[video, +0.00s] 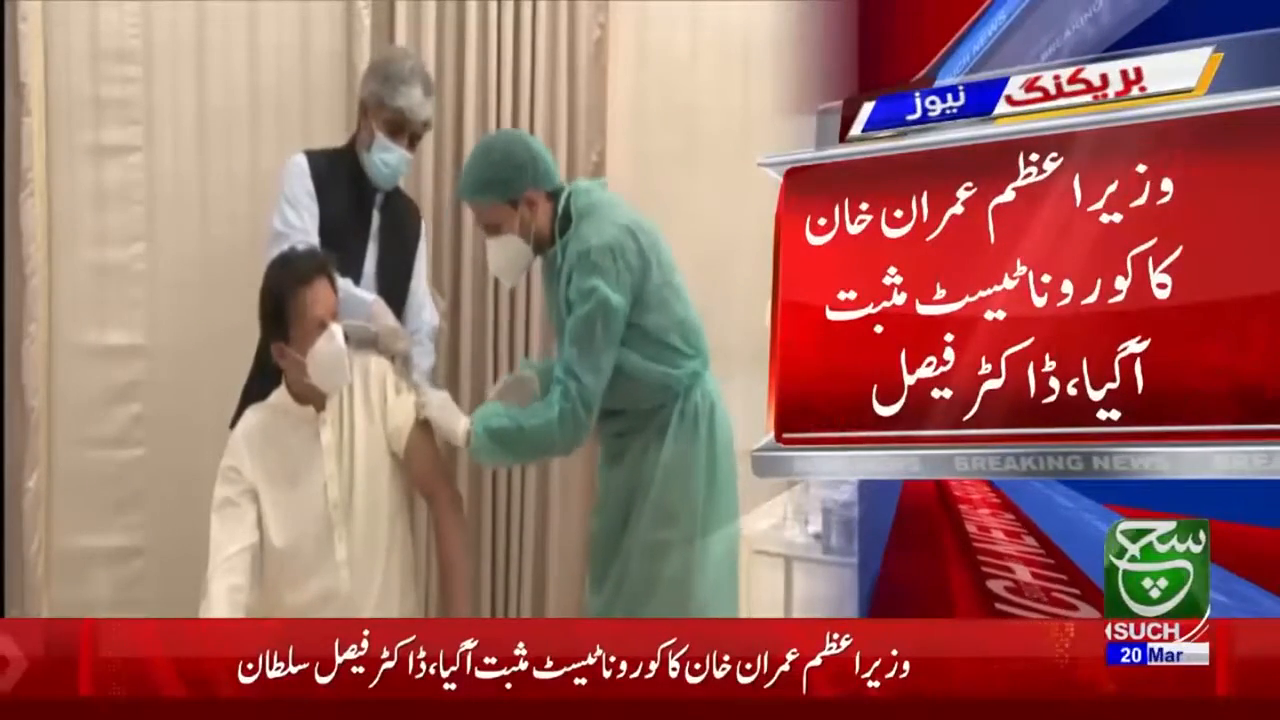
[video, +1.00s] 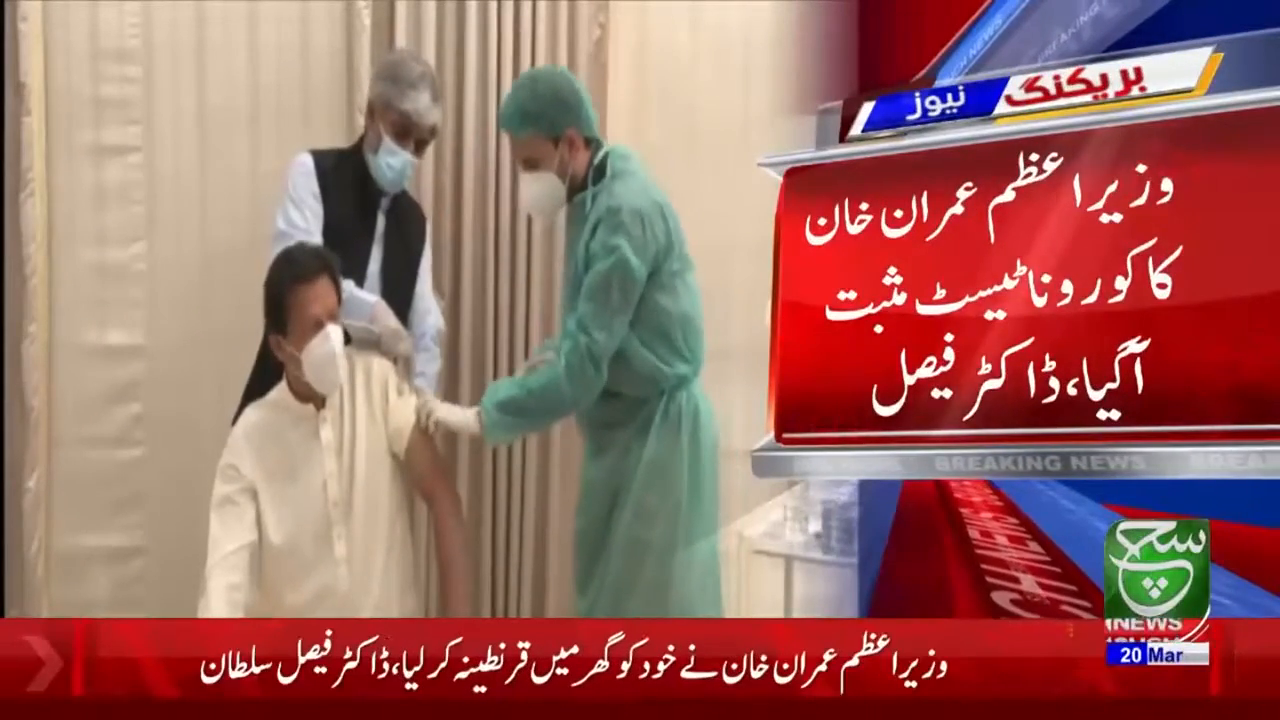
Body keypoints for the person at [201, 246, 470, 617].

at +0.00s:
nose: (336, 338)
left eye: (337, 321)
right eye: (319, 329)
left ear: (346, 319)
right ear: (281, 349)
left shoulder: (375, 380)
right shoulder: (253, 436)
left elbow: (442, 495)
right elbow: (230, 567)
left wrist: (459, 615)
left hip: (388, 617)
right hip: (292, 629)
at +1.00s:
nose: (332, 337)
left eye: (335, 321)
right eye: (315, 329)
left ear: (344, 319)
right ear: (280, 346)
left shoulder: (375, 380)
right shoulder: (253, 435)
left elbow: (442, 496)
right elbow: (227, 570)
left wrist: (458, 615)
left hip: (388, 617)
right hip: (293, 630)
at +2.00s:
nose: (262, 329)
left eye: (271, 308)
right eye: (241, 317)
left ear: (291, 314)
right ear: (210, 348)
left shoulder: (343, 389)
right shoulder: (178, 479)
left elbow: (430, 527)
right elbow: (157, 635)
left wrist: (455, 640)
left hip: (362, 666)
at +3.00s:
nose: (265, 333)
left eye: (274, 311)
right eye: (244, 321)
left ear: (294, 314)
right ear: (212, 349)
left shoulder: (345, 392)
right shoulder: (179, 482)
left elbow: (430, 535)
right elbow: (159, 638)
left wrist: (454, 646)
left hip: (364, 673)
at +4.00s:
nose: (266, 339)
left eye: (276, 318)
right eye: (245, 327)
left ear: (295, 320)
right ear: (212, 353)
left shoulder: (345, 399)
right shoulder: (180, 485)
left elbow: (428, 537)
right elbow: (159, 640)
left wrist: (455, 644)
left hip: (364, 675)